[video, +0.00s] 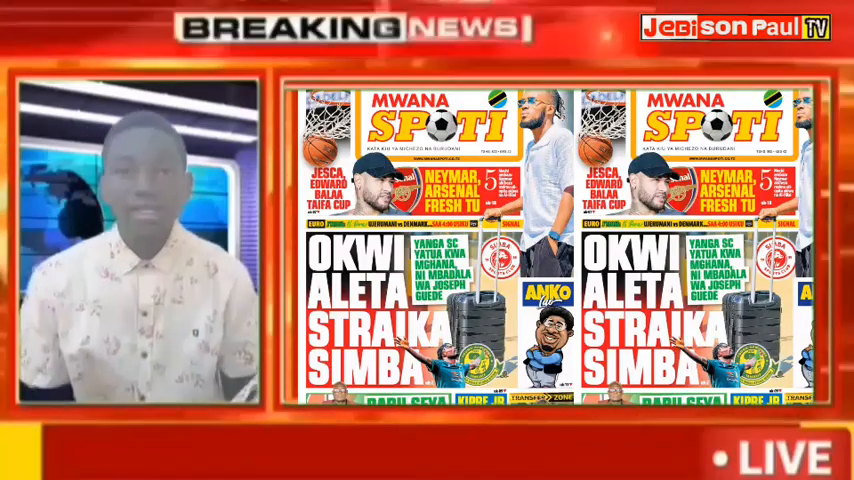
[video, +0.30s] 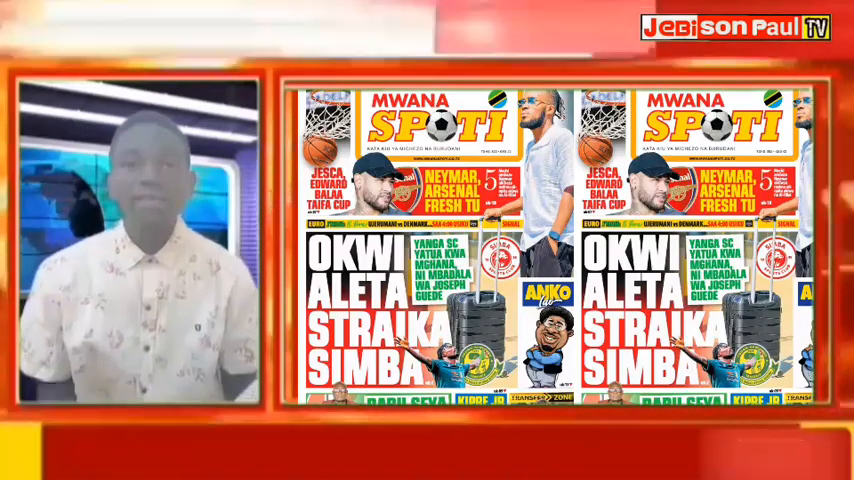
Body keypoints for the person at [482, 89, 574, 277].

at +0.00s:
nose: (523, 107)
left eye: (531, 101)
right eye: (522, 103)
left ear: (549, 110)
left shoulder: (563, 138)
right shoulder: (531, 147)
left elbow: (571, 192)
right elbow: (532, 196)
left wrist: (553, 238)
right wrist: (502, 211)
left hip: (552, 242)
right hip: (530, 243)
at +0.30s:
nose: (523, 107)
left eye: (531, 101)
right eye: (522, 103)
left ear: (549, 110)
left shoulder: (563, 138)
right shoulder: (531, 147)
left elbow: (571, 192)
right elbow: (532, 196)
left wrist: (553, 238)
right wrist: (501, 211)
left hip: (551, 242)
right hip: (530, 243)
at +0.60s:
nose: (523, 107)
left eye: (531, 101)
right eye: (522, 103)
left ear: (550, 110)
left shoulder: (563, 138)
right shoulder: (531, 147)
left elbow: (571, 192)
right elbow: (532, 196)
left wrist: (554, 238)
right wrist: (501, 211)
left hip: (551, 242)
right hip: (530, 243)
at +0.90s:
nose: (523, 107)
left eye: (531, 101)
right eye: (522, 103)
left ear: (549, 110)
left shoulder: (563, 138)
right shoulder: (531, 147)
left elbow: (571, 192)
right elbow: (532, 196)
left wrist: (553, 238)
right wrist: (501, 211)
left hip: (552, 242)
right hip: (530, 243)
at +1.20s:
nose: (523, 107)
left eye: (531, 101)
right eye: (522, 103)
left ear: (549, 110)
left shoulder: (563, 138)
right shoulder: (531, 147)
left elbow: (571, 192)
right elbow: (532, 196)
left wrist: (553, 238)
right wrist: (502, 211)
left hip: (552, 242)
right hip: (530, 243)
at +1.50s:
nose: (523, 107)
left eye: (531, 101)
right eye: (522, 103)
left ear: (549, 110)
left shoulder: (563, 138)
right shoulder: (531, 147)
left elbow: (571, 192)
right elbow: (532, 196)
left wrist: (553, 238)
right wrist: (502, 211)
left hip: (552, 242)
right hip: (530, 243)